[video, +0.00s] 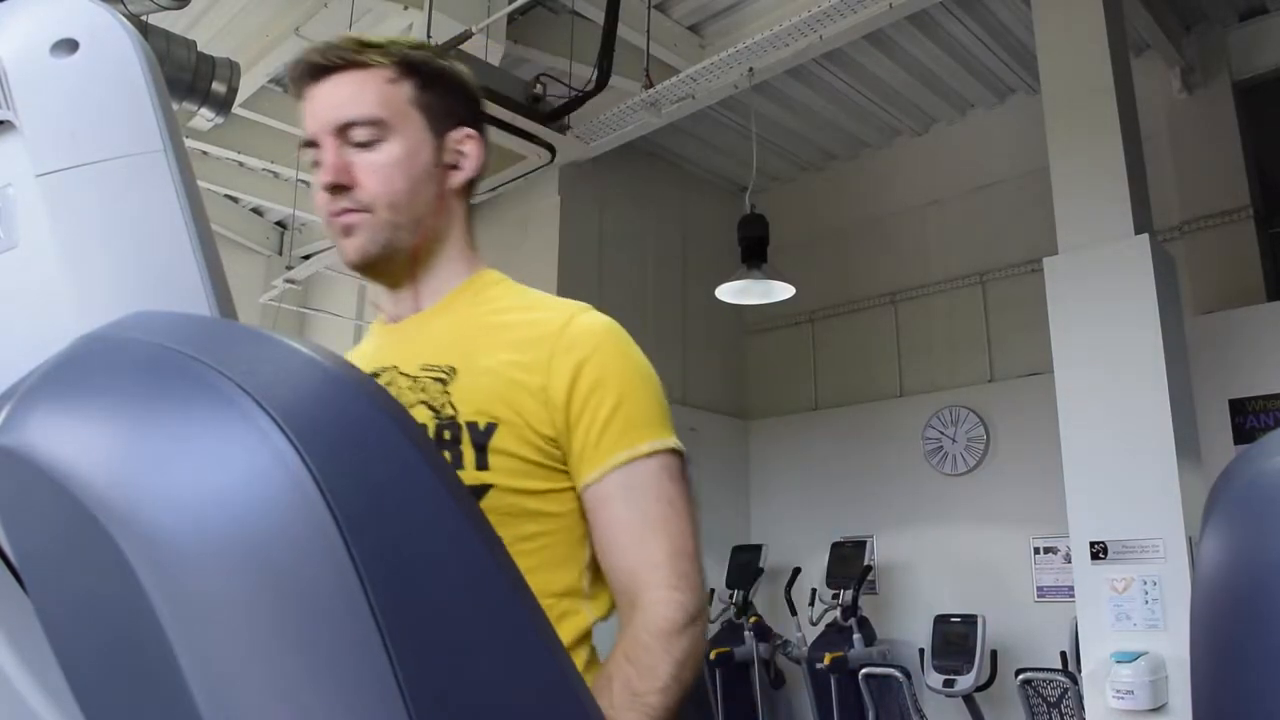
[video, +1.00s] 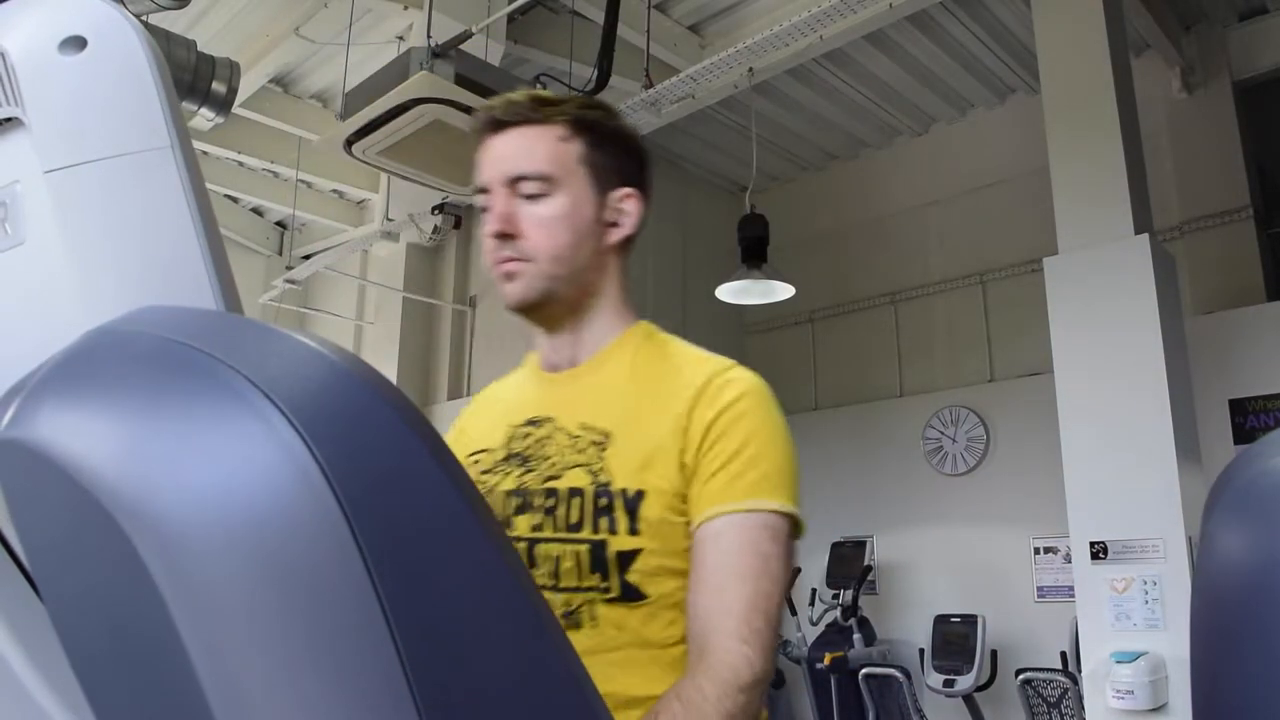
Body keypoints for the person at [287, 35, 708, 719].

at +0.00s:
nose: (327, 176)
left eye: (362, 140)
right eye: (314, 154)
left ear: (458, 158)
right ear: (311, 176)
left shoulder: (576, 347)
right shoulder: (339, 382)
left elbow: (667, 615)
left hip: (536, 701)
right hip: (372, 702)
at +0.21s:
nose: (296, 179)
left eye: (332, 140)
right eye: (282, 156)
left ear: (430, 155)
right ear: (278, 179)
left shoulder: (558, 343)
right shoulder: (325, 381)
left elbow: (658, 615)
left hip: (528, 700)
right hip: (367, 701)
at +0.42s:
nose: (321, 200)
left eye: (356, 159)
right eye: (304, 175)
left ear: (450, 172)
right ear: (298, 196)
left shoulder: (580, 359)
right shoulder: (338, 397)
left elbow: (670, 627)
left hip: (562, 703)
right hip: (396, 704)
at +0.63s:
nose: (373, 220)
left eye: (408, 182)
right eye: (359, 195)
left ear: (501, 195)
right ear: (354, 212)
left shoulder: (626, 381)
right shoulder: (377, 413)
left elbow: (689, 660)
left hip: (592, 701)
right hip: (421, 704)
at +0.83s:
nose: (438, 226)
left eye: (474, 192)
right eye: (426, 203)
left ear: (562, 214)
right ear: (418, 221)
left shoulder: (679, 400)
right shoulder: (430, 422)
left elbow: (712, 680)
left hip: (621, 702)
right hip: (460, 705)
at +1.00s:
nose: (497, 225)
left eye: (533, 193)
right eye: (486, 203)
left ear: (618, 216)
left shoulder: (721, 401)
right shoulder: (474, 425)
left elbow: (729, 677)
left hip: (646, 701)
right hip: (484, 700)